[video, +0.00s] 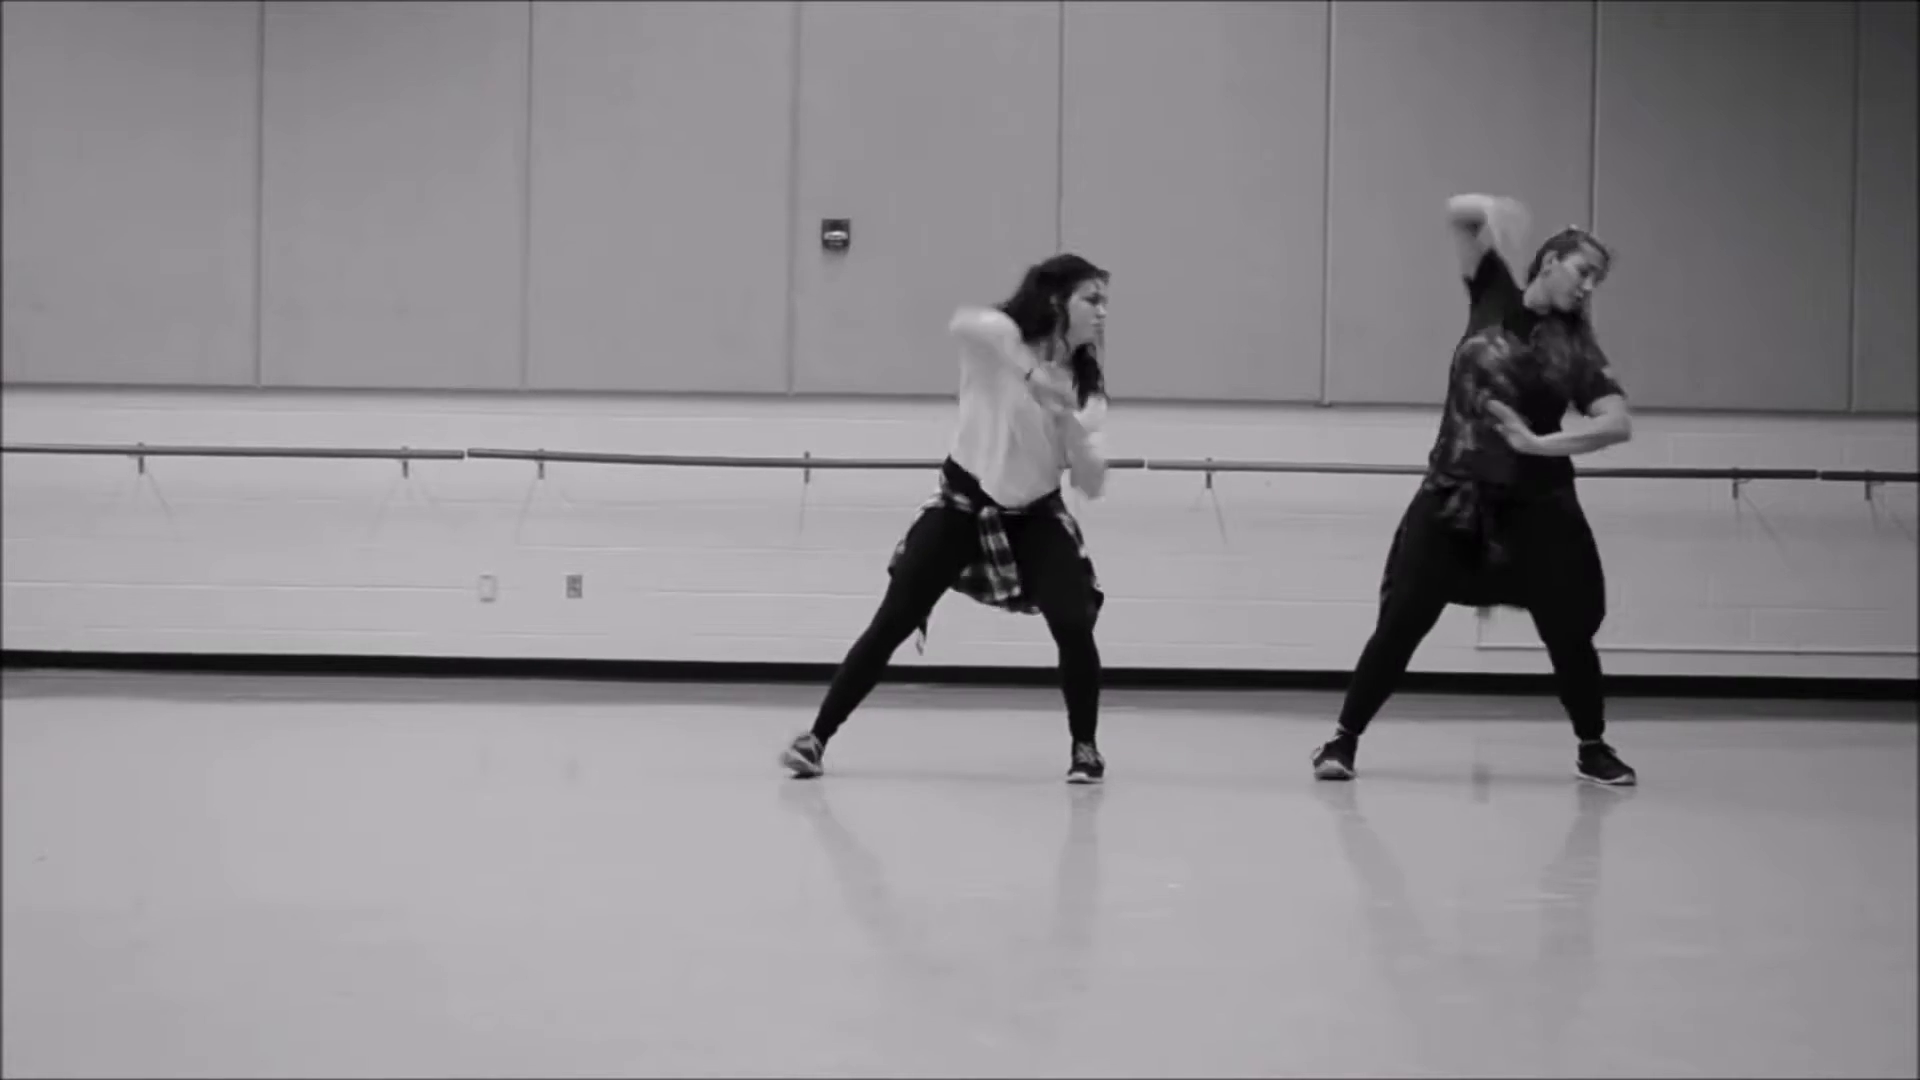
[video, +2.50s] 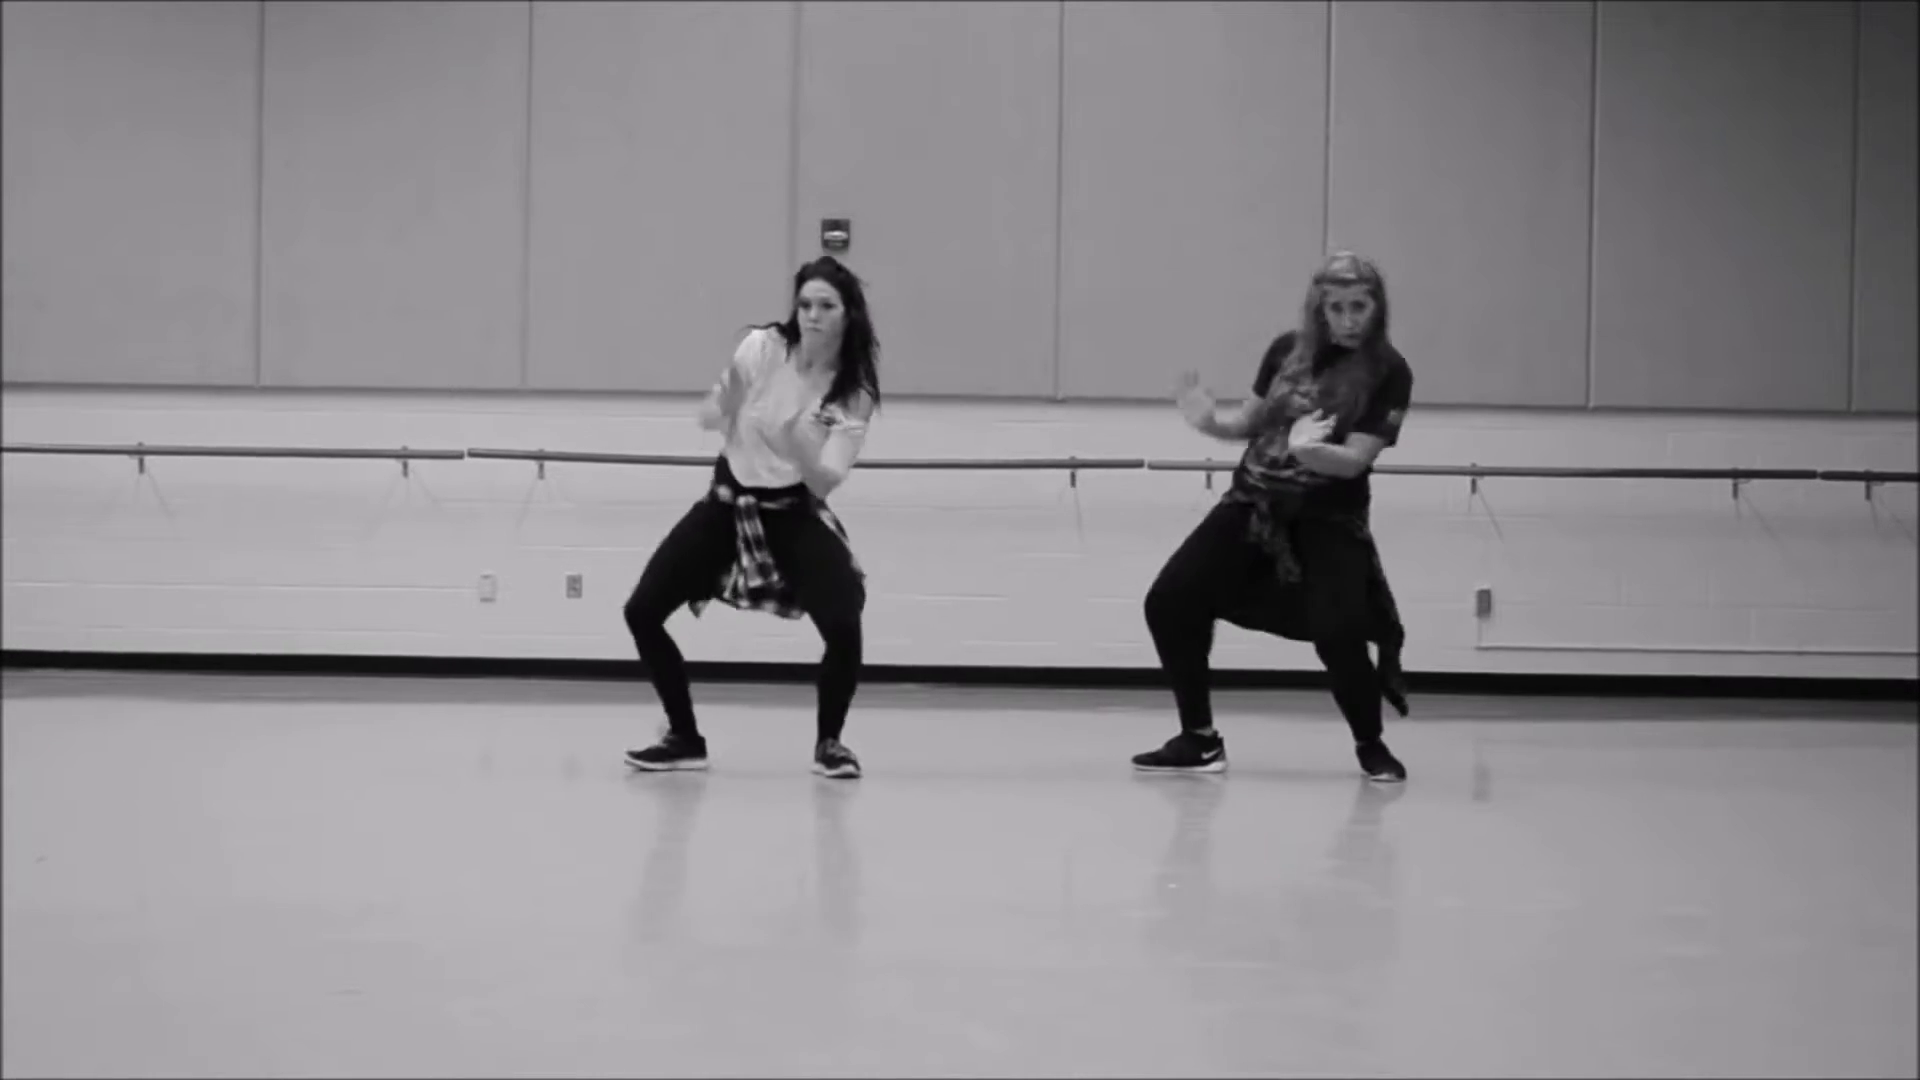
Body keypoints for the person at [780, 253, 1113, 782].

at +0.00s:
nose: (1102, 312)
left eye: (1105, 302)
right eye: (1092, 300)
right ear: (1055, 300)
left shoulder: (1086, 386)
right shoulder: (997, 342)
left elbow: (1093, 483)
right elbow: (966, 324)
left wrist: (1069, 420)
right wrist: (1028, 365)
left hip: (1036, 518)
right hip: (963, 508)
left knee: (1074, 626)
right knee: (892, 621)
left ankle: (1085, 748)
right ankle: (816, 739)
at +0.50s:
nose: (1018, 274)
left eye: (1034, 278)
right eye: (1018, 269)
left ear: (1040, 311)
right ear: (997, 282)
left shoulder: (1022, 367)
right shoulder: (969, 315)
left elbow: (996, 420)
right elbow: (985, 237)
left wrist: (942, 368)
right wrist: (1027, 176)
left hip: (992, 509)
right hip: (934, 509)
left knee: (1036, 634)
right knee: (852, 604)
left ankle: (1082, 749)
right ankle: (795, 738)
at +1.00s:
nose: (852, 260)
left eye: (868, 259)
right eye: (855, 254)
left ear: (887, 289)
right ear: (844, 275)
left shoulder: (891, 356)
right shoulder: (823, 332)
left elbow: (924, 394)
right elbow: (812, 359)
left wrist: (957, 391)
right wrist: (798, 331)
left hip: (864, 508)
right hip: (805, 503)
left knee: (865, 633)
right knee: (726, 604)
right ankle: (775, 730)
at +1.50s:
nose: (837, 275)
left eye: (852, 275)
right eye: (842, 268)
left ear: (869, 304)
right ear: (833, 283)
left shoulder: (848, 361)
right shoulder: (787, 339)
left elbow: (773, 380)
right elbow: (711, 367)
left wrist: (714, 367)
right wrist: (630, 346)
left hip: (812, 507)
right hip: (752, 501)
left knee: (826, 629)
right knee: (664, 599)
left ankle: (850, 744)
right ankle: (659, 740)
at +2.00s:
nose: (773, 277)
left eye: (787, 271)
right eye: (768, 265)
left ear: (808, 286)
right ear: (755, 271)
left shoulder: (811, 356)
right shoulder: (725, 336)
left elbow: (803, 437)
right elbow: (704, 430)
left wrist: (734, 410)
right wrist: (700, 403)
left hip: (800, 506)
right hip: (739, 505)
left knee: (784, 626)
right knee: (707, 627)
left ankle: (870, 732)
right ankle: (657, 736)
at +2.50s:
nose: (812, 315)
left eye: (826, 306)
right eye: (805, 304)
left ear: (849, 316)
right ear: (794, 310)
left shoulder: (853, 390)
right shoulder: (761, 346)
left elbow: (826, 483)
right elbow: (712, 419)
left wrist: (803, 446)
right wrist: (724, 402)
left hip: (794, 518)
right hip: (726, 510)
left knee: (844, 622)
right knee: (643, 611)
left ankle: (829, 743)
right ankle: (684, 737)